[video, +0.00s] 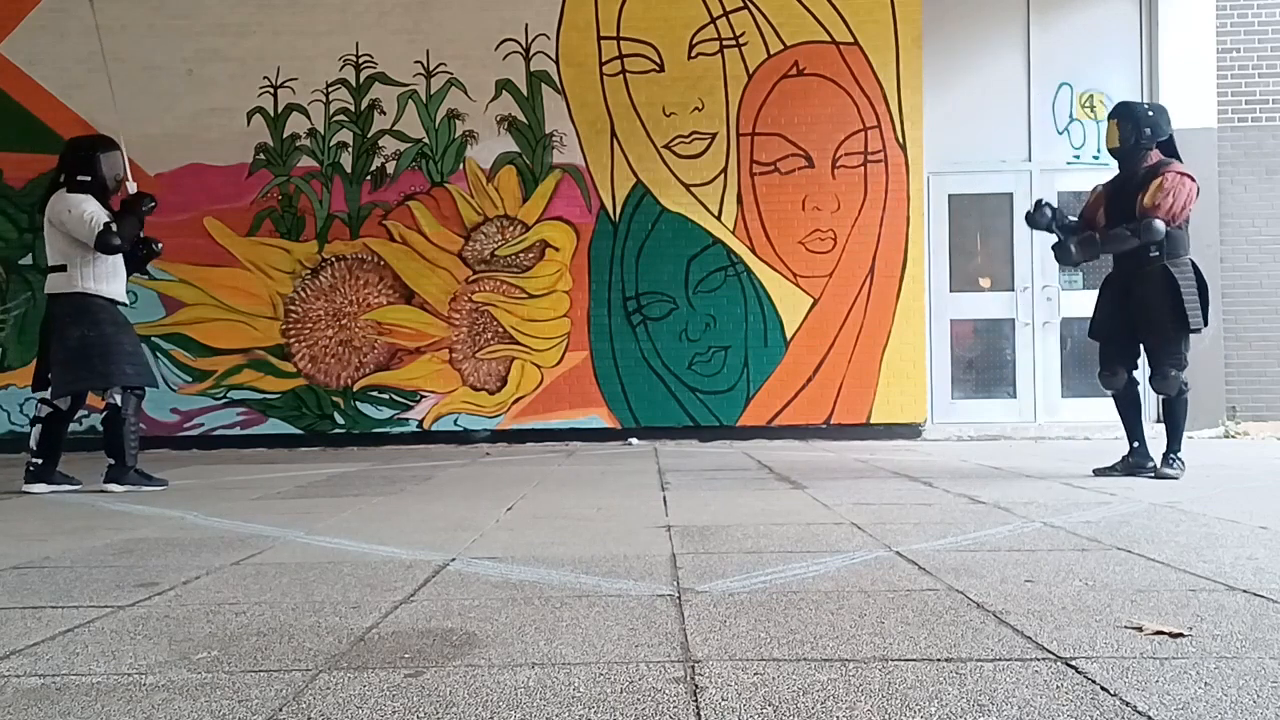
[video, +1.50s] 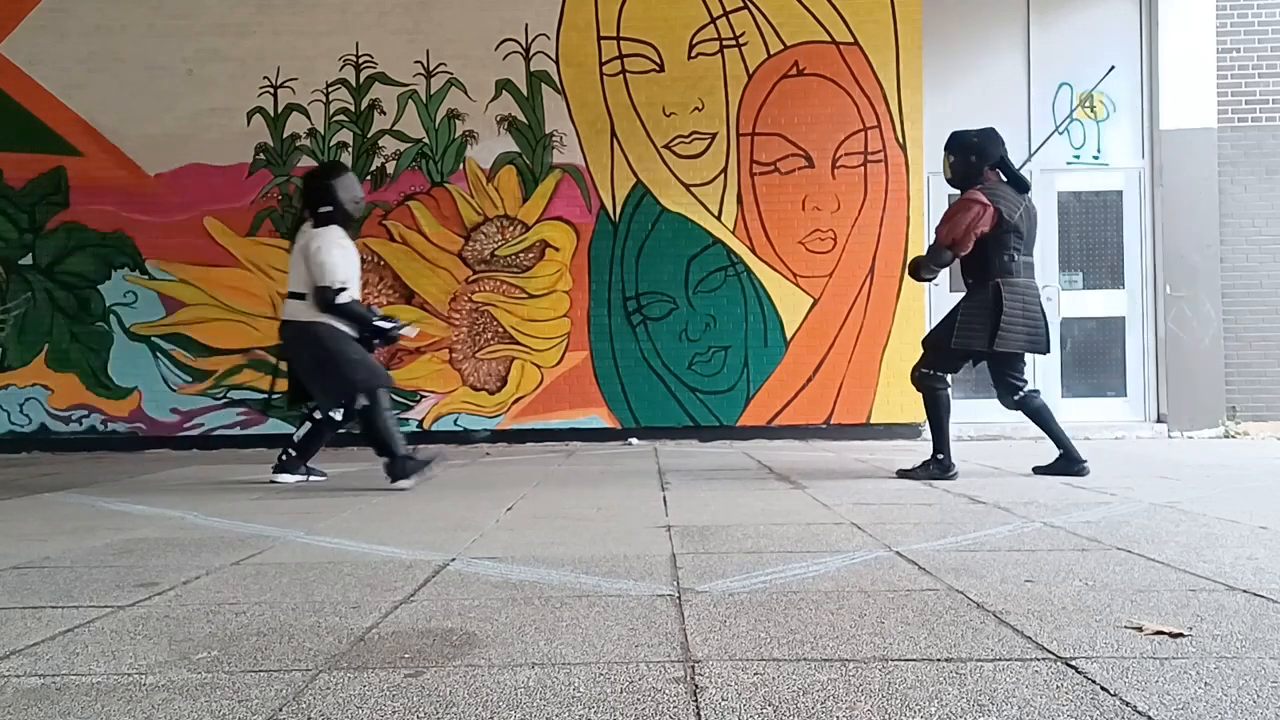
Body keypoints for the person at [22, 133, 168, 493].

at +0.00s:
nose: (119, 174)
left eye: (118, 165)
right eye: (113, 165)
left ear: (79, 167)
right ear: (93, 166)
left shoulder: (88, 206)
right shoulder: (72, 202)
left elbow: (101, 268)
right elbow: (111, 238)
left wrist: (138, 258)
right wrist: (134, 210)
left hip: (73, 306)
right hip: (88, 306)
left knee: (66, 391)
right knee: (129, 382)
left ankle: (41, 470)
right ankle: (124, 468)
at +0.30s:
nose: (132, 176)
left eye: (131, 168)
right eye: (125, 168)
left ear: (88, 172)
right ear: (105, 171)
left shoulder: (70, 207)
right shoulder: (100, 210)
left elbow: (82, 265)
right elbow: (123, 266)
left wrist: (139, 266)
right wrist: (156, 268)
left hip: (67, 311)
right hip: (94, 313)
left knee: (72, 395)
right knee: (153, 367)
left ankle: (41, 471)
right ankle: (154, 459)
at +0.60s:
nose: (181, 182)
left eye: (179, 174)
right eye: (174, 174)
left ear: (136, 183)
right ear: (155, 181)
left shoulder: (115, 219)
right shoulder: (158, 225)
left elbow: (88, 264)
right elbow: (178, 284)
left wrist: (120, 285)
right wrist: (194, 312)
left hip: (113, 323)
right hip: (146, 326)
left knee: (95, 399)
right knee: (207, 377)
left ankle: (46, 466)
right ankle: (212, 466)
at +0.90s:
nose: (252, 178)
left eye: (250, 170)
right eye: (246, 170)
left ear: (202, 175)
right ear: (232, 176)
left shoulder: (182, 212)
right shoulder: (231, 217)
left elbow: (152, 267)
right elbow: (248, 282)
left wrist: (189, 275)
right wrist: (264, 287)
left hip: (179, 313)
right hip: (211, 315)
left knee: (233, 386)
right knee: (255, 387)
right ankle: (217, 470)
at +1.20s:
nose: (307, 186)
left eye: (304, 177)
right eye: (300, 177)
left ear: (265, 185)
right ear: (283, 183)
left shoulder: (250, 220)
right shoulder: (283, 225)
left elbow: (254, 280)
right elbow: (292, 287)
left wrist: (313, 300)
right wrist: (321, 303)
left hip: (243, 319)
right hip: (268, 321)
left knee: (296, 385)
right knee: (320, 381)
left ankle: (291, 463)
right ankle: (252, 445)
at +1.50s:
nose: (360, 195)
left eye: (357, 187)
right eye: (352, 188)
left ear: (323, 198)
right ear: (332, 196)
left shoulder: (311, 231)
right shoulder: (328, 237)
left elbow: (326, 296)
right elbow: (330, 298)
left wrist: (362, 323)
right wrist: (375, 322)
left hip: (301, 330)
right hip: (317, 331)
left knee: (340, 401)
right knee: (372, 384)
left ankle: (292, 462)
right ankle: (398, 460)